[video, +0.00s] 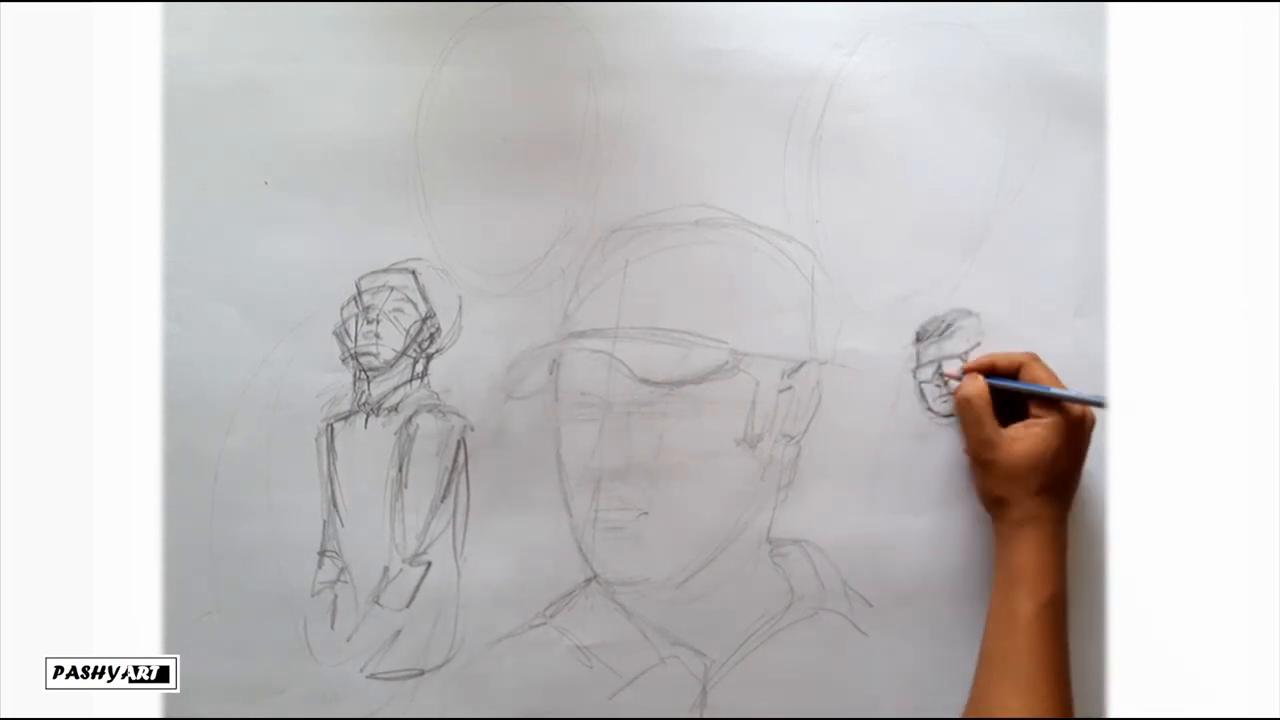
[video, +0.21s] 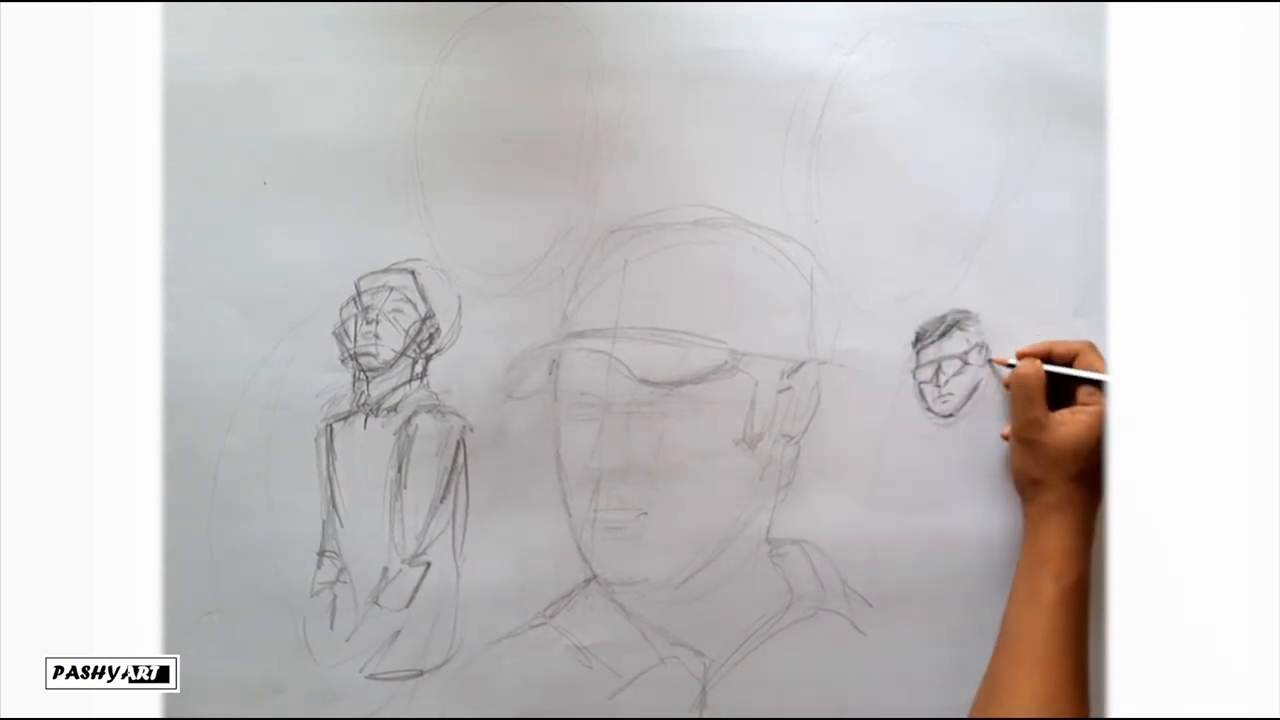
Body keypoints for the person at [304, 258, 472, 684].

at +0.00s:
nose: (372, 326)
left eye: (395, 314)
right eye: (365, 313)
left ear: (426, 334)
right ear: (350, 327)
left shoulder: (437, 428)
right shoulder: (333, 427)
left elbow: (430, 560)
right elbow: (331, 545)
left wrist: (357, 653)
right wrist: (325, 636)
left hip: (415, 627)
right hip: (346, 627)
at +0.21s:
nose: (372, 328)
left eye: (394, 316)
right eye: (365, 315)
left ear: (425, 335)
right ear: (350, 328)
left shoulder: (437, 428)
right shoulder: (333, 427)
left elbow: (430, 560)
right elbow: (331, 546)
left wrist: (356, 656)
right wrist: (323, 640)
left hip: (414, 629)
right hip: (345, 628)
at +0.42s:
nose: (372, 326)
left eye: (394, 314)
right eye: (365, 313)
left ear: (425, 334)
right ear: (349, 327)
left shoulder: (436, 427)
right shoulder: (332, 428)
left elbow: (429, 560)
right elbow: (330, 545)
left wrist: (355, 656)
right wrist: (321, 635)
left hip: (412, 629)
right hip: (344, 629)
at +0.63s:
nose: (371, 326)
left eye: (394, 315)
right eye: (364, 314)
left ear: (425, 334)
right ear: (349, 327)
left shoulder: (435, 427)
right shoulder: (331, 428)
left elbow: (430, 560)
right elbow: (329, 546)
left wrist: (353, 657)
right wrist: (321, 641)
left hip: (411, 632)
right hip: (343, 632)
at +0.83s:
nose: (370, 326)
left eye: (393, 315)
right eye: (363, 314)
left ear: (424, 334)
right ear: (348, 327)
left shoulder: (435, 427)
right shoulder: (330, 428)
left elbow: (429, 560)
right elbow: (329, 547)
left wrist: (353, 655)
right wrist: (321, 641)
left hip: (412, 628)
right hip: (343, 629)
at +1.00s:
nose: (370, 326)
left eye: (392, 313)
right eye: (363, 313)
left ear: (424, 333)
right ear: (347, 326)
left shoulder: (434, 426)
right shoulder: (330, 428)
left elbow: (428, 560)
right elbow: (329, 545)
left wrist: (351, 657)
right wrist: (320, 634)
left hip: (410, 631)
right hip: (341, 632)